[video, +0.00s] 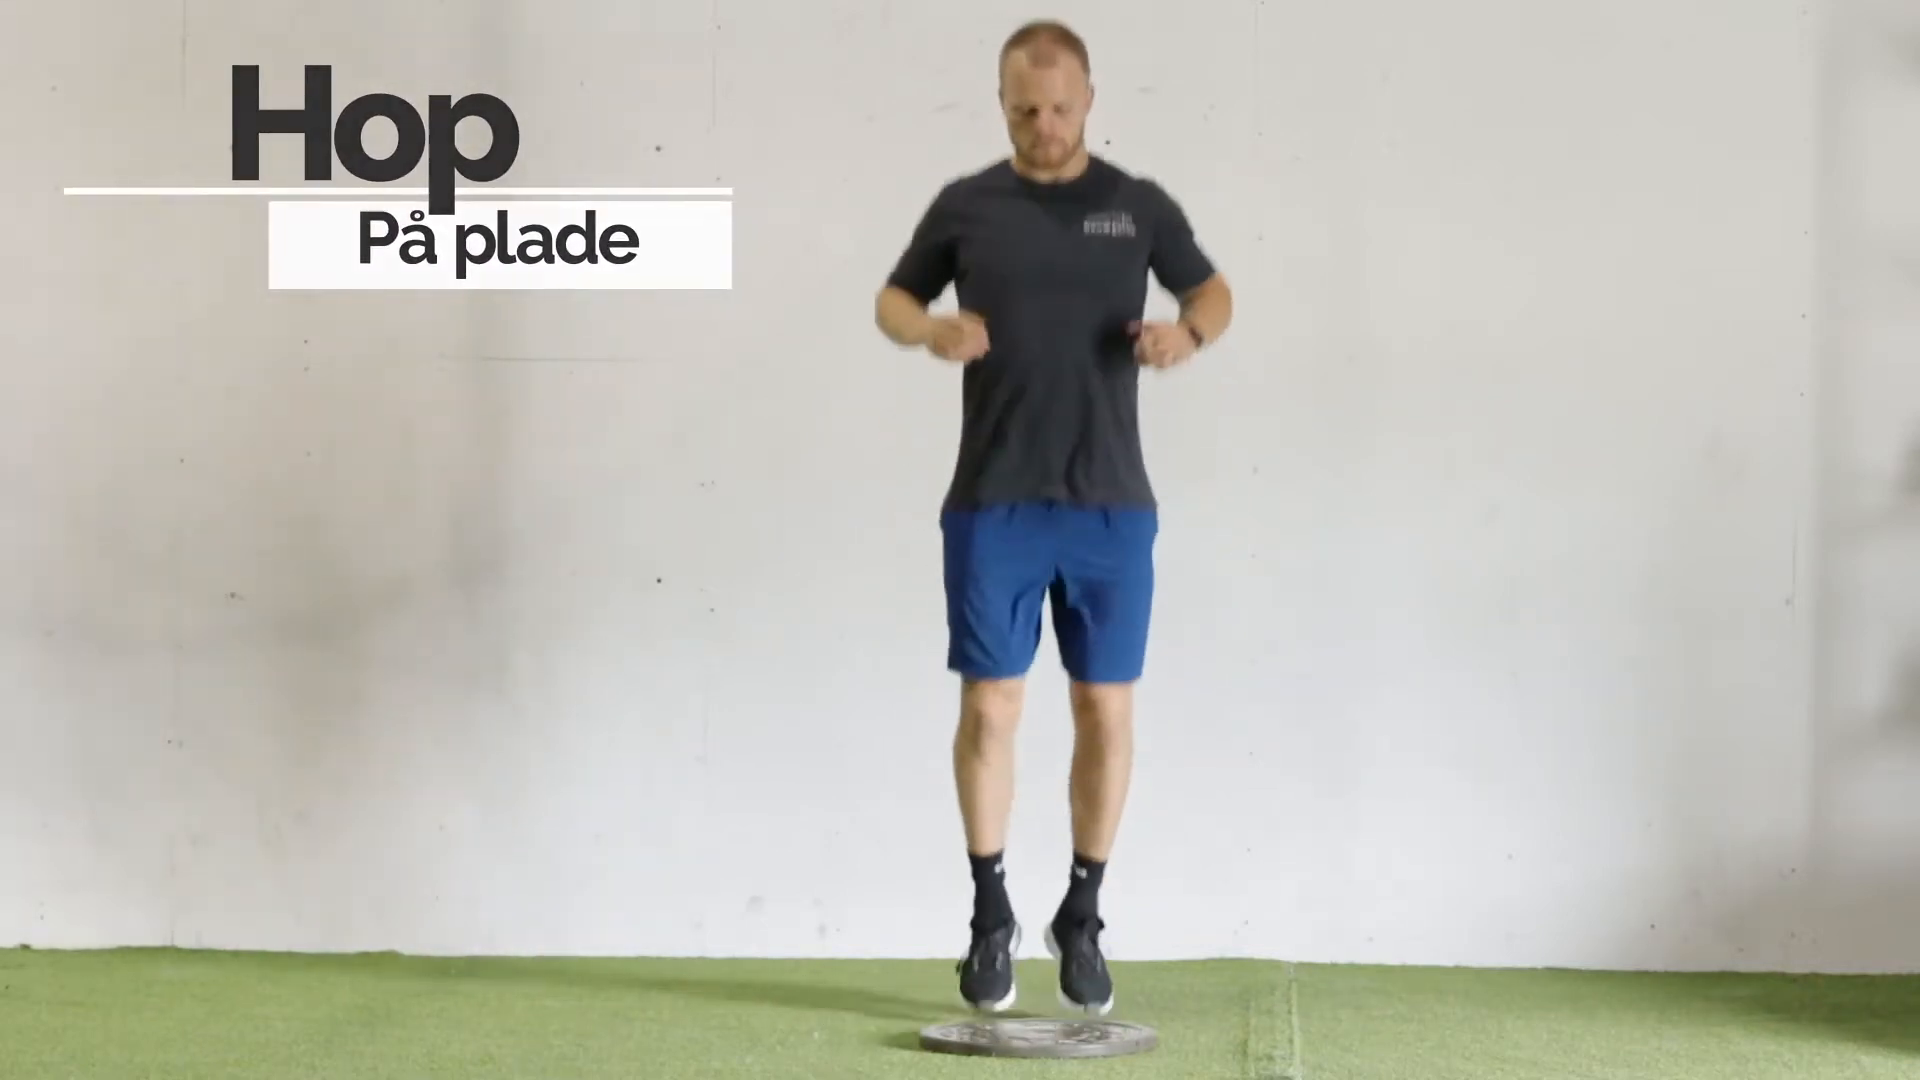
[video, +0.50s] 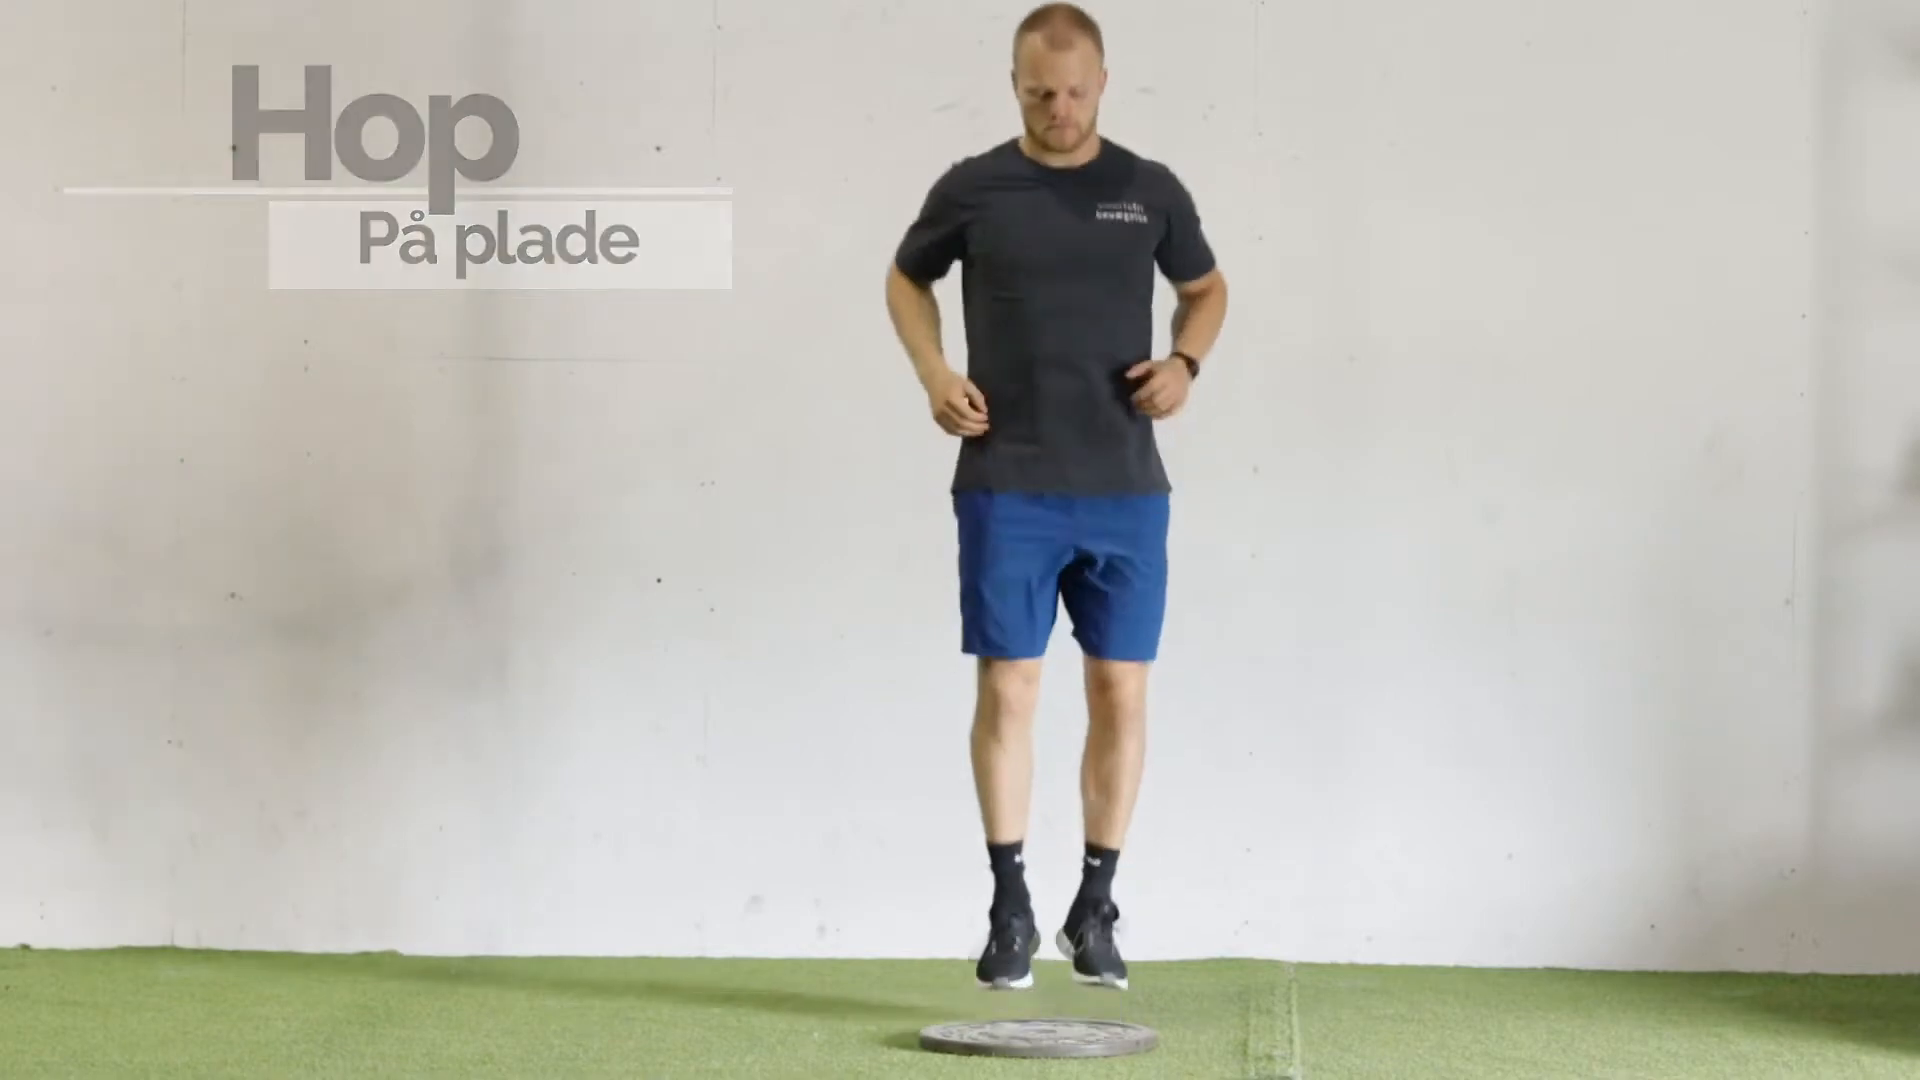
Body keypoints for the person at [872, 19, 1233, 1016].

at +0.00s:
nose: (1044, 125)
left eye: (1059, 108)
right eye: (1027, 109)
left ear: (1088, 102)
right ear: (1004, 108)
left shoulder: (1139, 206)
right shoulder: (965, 207)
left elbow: (1212, 293)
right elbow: (893, 302)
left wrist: (1186, 332)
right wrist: (932, 328)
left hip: (1110, 500)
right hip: (996, 498)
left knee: (1105, 712)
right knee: (990, 711)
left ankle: (1082, 917)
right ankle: (991, 916)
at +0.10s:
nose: (1047, 102)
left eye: (1063, 83)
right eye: (1030, 84)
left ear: (1092, 75)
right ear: (1006, 77)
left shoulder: (1143, 178)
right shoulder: (966, 177)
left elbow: (1218, 262)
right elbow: (896, 270)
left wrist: (1204, 308)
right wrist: (928, 312)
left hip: (1113, 473)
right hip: (1000, 473)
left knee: (1103, 691)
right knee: (1003, 687)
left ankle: (1077, 908)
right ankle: (1005, 903)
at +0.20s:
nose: (1050, 122)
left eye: (1067, 104)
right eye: (1033, 105)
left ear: (1096, 97)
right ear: (1010, 101)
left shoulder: (1146, 206)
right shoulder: (967, 203)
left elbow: (1210, 302)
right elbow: (904, 301)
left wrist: (1200, 350)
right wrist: (936, 357)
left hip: (1112, 494)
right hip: (1001, 495)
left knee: (1104, 717)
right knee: (1008, 712)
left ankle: (1082, 934)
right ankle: (1014, 929)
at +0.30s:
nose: (1054, 191)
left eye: (1071, 173)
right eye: (1037, 174)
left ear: (1100, 169)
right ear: (1014, 171)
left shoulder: (1148, 288)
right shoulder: (970, 284)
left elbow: (1199, 401)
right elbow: (907, 397)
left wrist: (1188, 470)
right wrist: (941, 474)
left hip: (1116, 572)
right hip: (1006, 569)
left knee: (1106, 772)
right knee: (1013, 775)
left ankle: (1081, 970)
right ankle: (1024, 965)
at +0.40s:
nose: (1056, 163)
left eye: (1072, 146)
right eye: (1039, 147)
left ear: (1101, 142)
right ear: (1016, 144)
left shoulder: (1148, 258)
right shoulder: (973, 253)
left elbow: (1194, 373)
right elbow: (913, 361)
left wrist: (1173, 441)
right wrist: (939, 447)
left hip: (1121, 547)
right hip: (1008, 544)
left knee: (1112, 743)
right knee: (1012, 743)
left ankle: (1086, 957)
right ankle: (1016, 955)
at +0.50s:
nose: (1057, 109)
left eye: (1073, 92)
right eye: (1039, 92)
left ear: (1102, 84)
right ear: (1016, 87)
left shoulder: (1150, 191)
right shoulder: (971, 188)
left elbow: (1205, 288)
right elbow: (908, 279)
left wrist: (1184, 362)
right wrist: (937, 374)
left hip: (1125, 484)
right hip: (1008, 482)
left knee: (1119, 695)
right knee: (1008, 694)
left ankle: (1096, 907)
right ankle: (1011, 907)